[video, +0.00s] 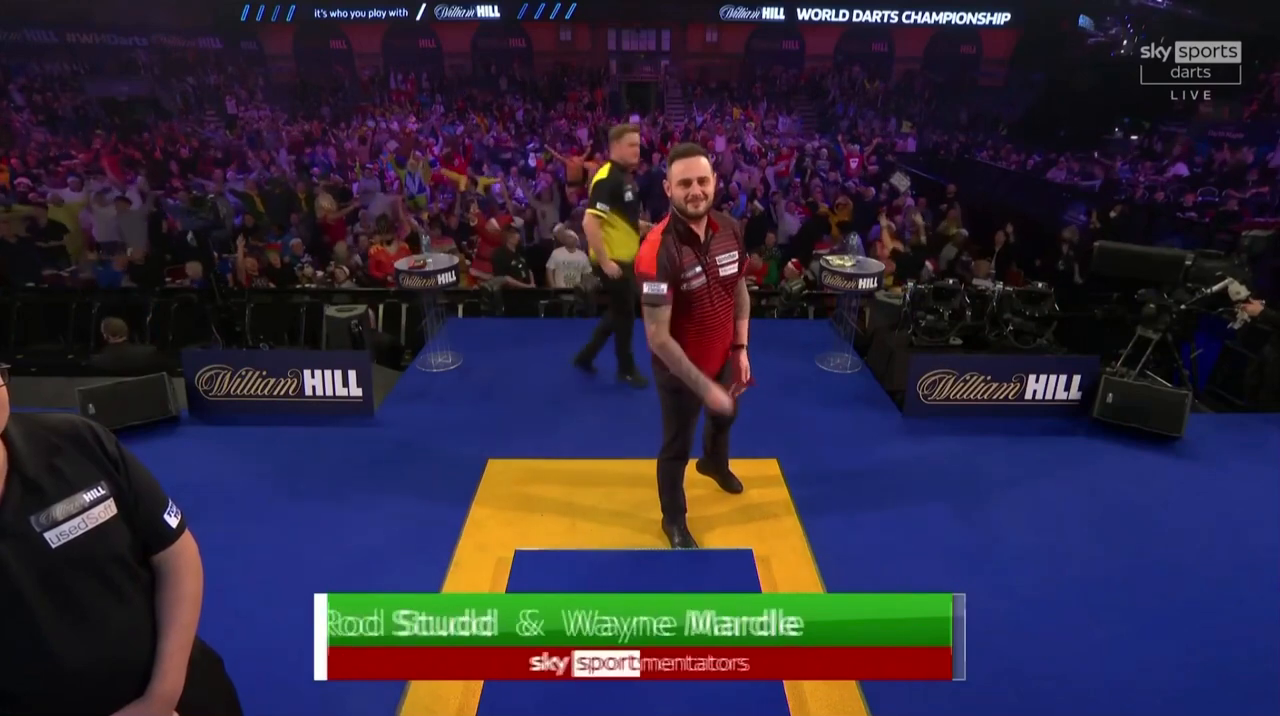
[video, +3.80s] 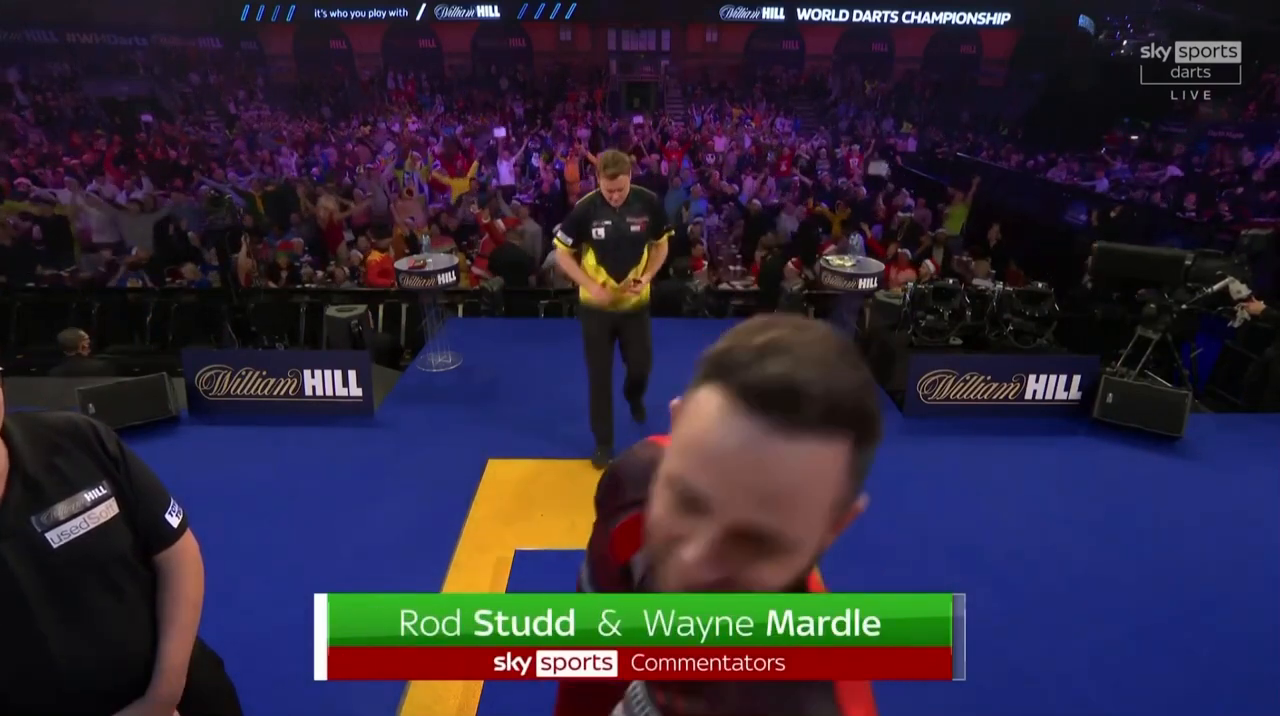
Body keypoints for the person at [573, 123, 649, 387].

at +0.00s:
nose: (637, 150)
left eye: (638, 145)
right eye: (631, 145)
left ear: (637, 148)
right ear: (614, 148)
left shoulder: (627, 178)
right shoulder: (607, 178)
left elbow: (623, 220)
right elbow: (590, 222)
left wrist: (648, 228)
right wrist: (604, 260)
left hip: (628, 258)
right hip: (613, 259)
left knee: (620, 313)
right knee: (624, 314)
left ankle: (585, 356)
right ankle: (626, 369)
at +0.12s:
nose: (644, 147)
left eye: (646, 142)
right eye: (638, 142)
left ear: (646, 145)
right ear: (622, 145)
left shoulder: (640, 175)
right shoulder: (612, 177)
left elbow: (642, 218)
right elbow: (597, 221)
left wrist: (660, 236)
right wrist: (611, 259)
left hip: (638, 255)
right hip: (619, 259)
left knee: (634, 310)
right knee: (628, 313)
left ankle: (616, 348)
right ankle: (627, 365)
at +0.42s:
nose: (659, 145)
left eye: (662, 140)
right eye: (654, 140)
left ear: (666, 143)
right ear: (641, 143)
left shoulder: (667, 171)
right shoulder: (628, 173)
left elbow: (673, 206)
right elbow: (605, 213)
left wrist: (674, 236)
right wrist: (626, 242)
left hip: (663, 251)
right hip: (634, 253)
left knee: (664, 308)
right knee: (631, 310)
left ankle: (667, 367)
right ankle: (627, 368)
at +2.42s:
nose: (619, 147)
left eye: (624, 142)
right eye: (614, 142)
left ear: (632, 143)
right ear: (608, 145)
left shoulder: (649, 173)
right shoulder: (598, 174)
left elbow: (661, 207)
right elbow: (581, 208)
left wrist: (644, 225)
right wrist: (598, 224)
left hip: (638, 251)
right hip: (609, 252)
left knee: (640, 306)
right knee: (615, 307)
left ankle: (642, 354)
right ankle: (619, 354)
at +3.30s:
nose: (632, 174)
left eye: (636, 168)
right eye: (626, 168)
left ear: (645, 163)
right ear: (618, 164)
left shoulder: (663, 191)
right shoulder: (605, 191)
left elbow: (675, 229)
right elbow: (586, 228)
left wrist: (654, 250)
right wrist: (611, 251)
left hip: (647, 276)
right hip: (612, 275)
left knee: (643, 337)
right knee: (610, 337)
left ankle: (641, 389)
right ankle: (615, 388)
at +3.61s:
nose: (621, 190)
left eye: (626, 183)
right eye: (616, 184)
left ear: (636, 176)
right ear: (606, 179)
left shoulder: (656, 202)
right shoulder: (594, 207)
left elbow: (670, 244)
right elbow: (575, 248)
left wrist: (647, 267)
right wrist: (607, 272)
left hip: (642, 292)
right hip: (606, 293)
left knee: (640, 350)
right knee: (607, 367)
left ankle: (640, 391)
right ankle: (603, 440)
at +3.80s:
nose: (615, 196)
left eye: (620, 189)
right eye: (609, 190)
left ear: (630, 180)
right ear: (599, 182)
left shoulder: (649, 203)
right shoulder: (585, 209)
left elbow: (660, 244)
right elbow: (561, 252)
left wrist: (646, 276)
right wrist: (590, 285)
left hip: (635, 304)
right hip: (596, 306)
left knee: (641, 367)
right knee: (600, 377)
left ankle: (633, 397)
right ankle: (603, 444)